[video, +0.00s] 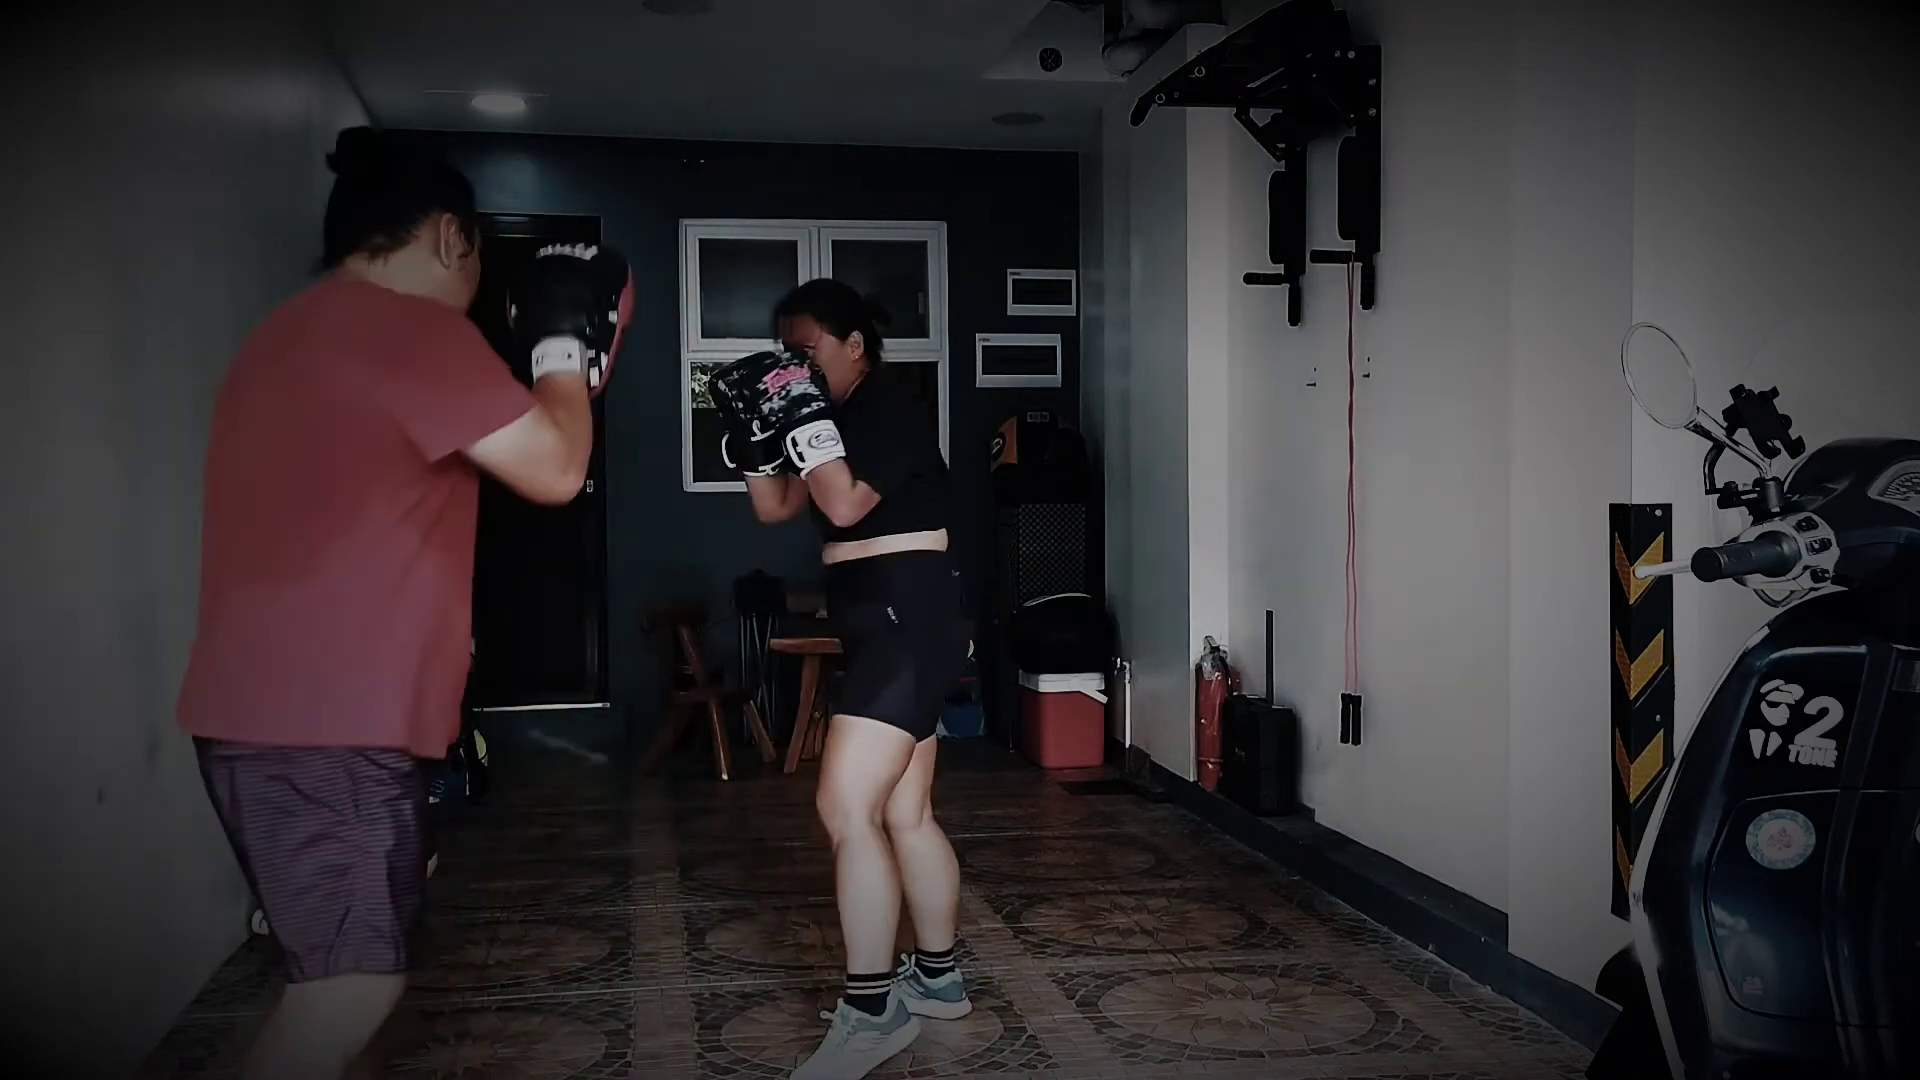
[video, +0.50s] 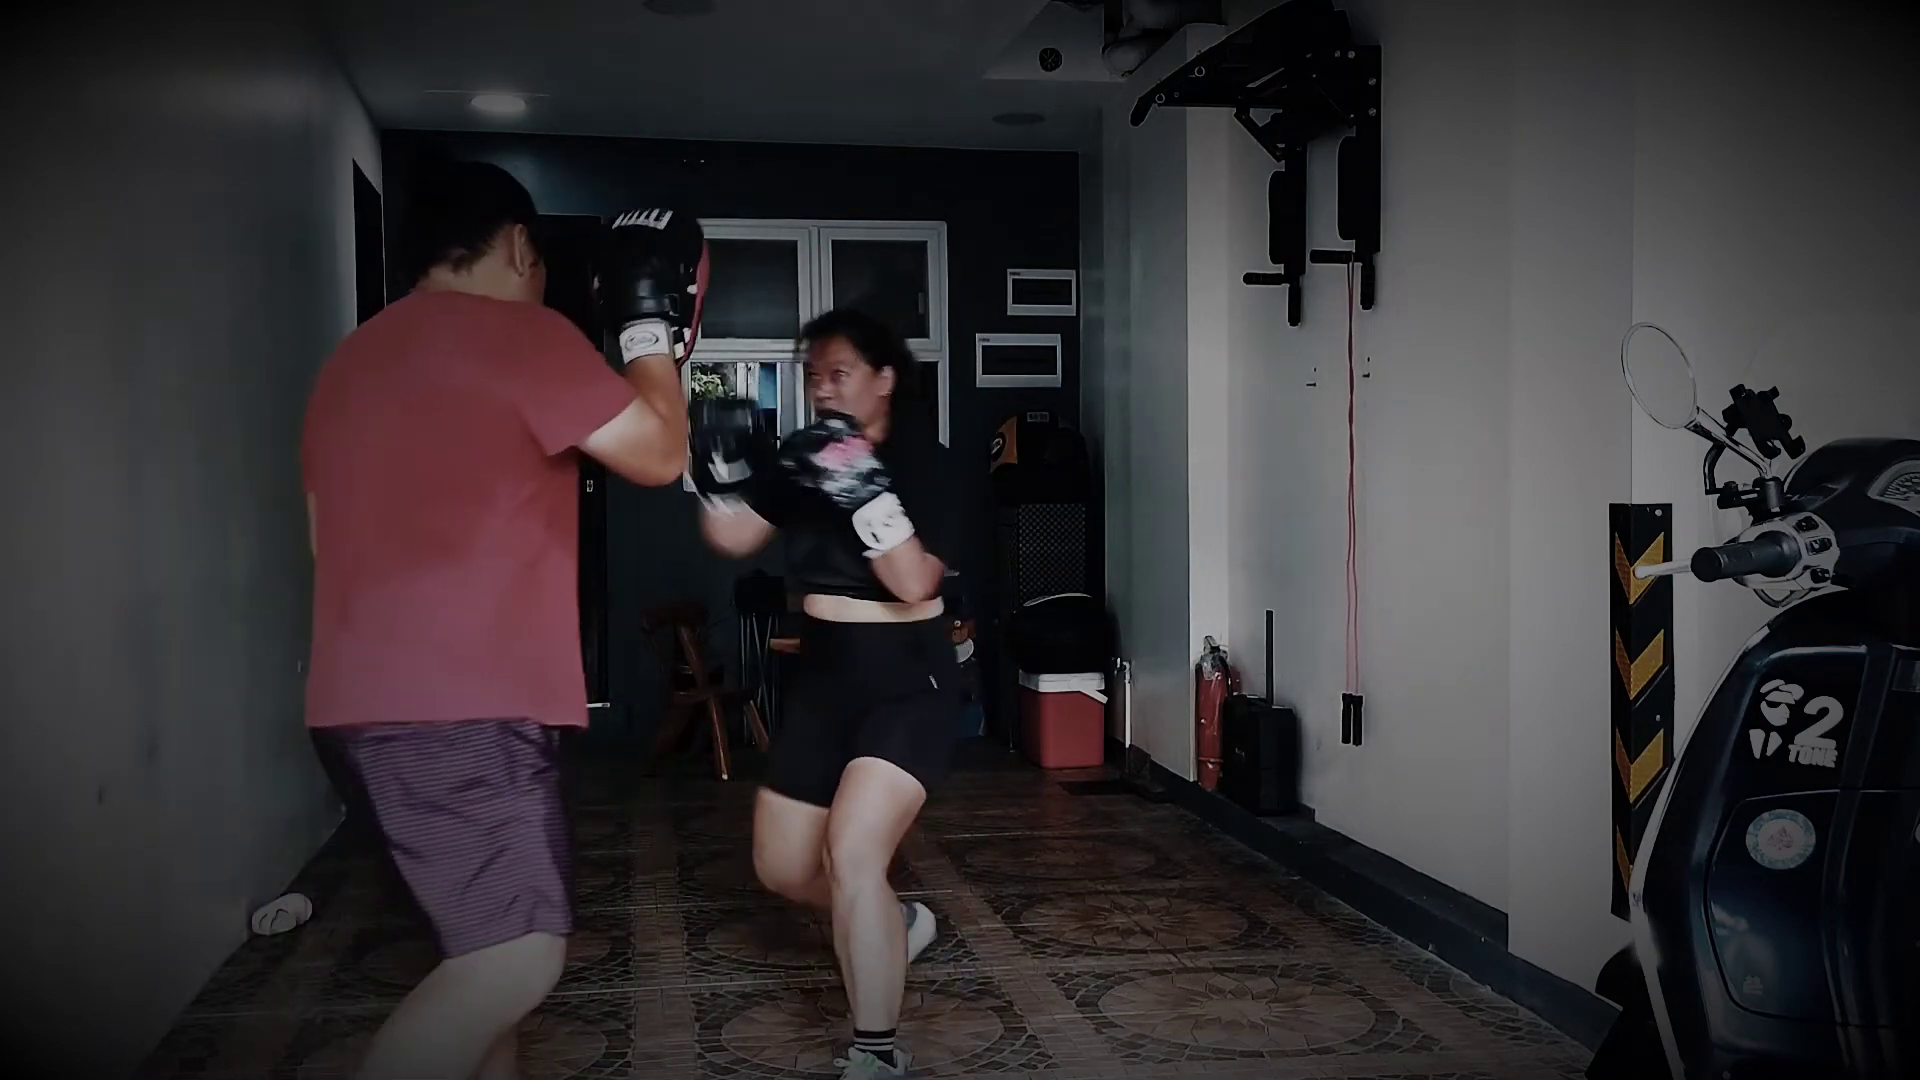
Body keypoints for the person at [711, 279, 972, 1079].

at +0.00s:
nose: (800, 366)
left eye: (809, 349)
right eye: (794, 355)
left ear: (853, 340)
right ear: (822, 355)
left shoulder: (897, 397)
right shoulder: (835, 412)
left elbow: (845, 504)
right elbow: (772, 507)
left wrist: (802, 416)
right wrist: (755, 432)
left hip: (909, 620)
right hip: (884, 622)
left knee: (845, 807)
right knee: (909, 815)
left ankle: (868, 1009)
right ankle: (940, 976)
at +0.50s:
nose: (824, 390)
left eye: (841, 375)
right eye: (815, 377)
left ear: (889, 380)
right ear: (807, 386)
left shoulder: (930, 465)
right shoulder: (801, 464)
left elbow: (917, 585)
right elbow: (734, 540)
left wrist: (866, 492)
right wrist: (720, 471)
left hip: (910, 679)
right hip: (821, 674)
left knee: (855, 849)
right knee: (785, 866)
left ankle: (874, 1054)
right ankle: (906, 926)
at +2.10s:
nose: (746, 383)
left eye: (761, 367)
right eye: (739, 369)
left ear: (808, 371)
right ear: (736, 377)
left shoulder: (841, 442)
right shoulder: (751, 463)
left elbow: (894, 553)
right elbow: (724, 567)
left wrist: (816, 489)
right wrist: (694, 524)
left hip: (863, 656)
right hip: (809, 661)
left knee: (732, 811)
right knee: (797, 847)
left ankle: (826, 1004)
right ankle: (871, 991)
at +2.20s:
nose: (728, 377)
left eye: (741, 358)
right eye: (721, 365)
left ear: (791, 357)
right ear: (727, 371)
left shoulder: (812, 414)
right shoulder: (798, 434)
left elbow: (771, 469)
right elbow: (779, 559)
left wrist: (690, 405)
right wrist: (721, 523)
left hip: (848, 649)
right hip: (881, 648)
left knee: (748, 841)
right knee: (823, 840)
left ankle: (849, 1033)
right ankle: (871, 990)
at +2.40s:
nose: (743, 362)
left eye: (758, 344)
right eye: (739, 347)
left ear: (812, 348)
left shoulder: (852, 422)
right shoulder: (754, 436)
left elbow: (805, 529)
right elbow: (752, 562)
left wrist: (713, 468)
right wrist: (703, 512)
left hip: (869, 666)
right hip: (794, 664)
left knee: (809, 886)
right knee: (777, 838)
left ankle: (857, 1068)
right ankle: (873, 983)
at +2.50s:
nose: (758, 364)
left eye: (777, 349)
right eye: (755, 347)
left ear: (833, 356)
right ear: (752, 351)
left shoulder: (884, 447)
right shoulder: (743, 433)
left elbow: (929, 580)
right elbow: (617, 455)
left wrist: (833, 536)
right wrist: (614, 370)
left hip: (878, 670)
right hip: (790, 673)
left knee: (831, 880)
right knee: (774, 868)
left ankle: (861, 1066)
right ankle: (884, 990)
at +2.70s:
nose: (755, 373)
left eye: (771, 355)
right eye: (748, 357)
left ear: (826, 358)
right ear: (748, 363)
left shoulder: (867, 442)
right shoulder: (764, 452)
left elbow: (863, 563)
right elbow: (706, 537)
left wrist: (778, 495)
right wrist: (649, 497)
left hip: (870, 674)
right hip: (800, 674)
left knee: (780, 880)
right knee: (816, 862)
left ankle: (854, 1069)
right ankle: (889, 993)